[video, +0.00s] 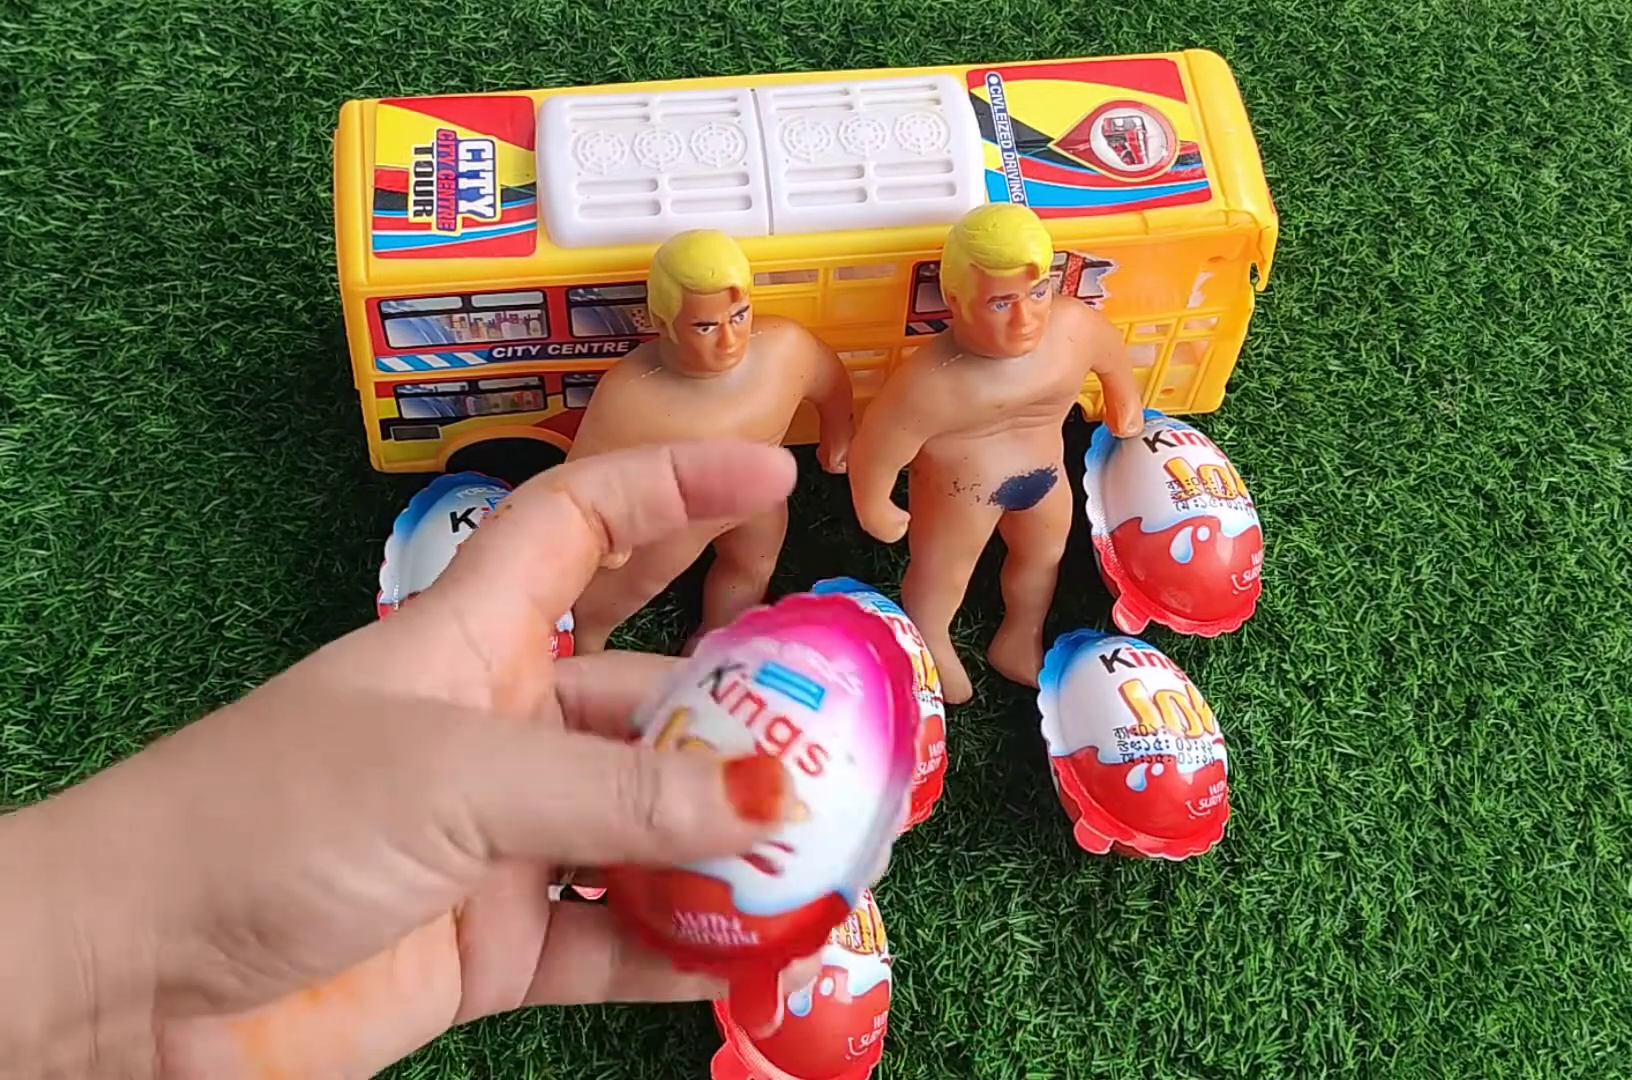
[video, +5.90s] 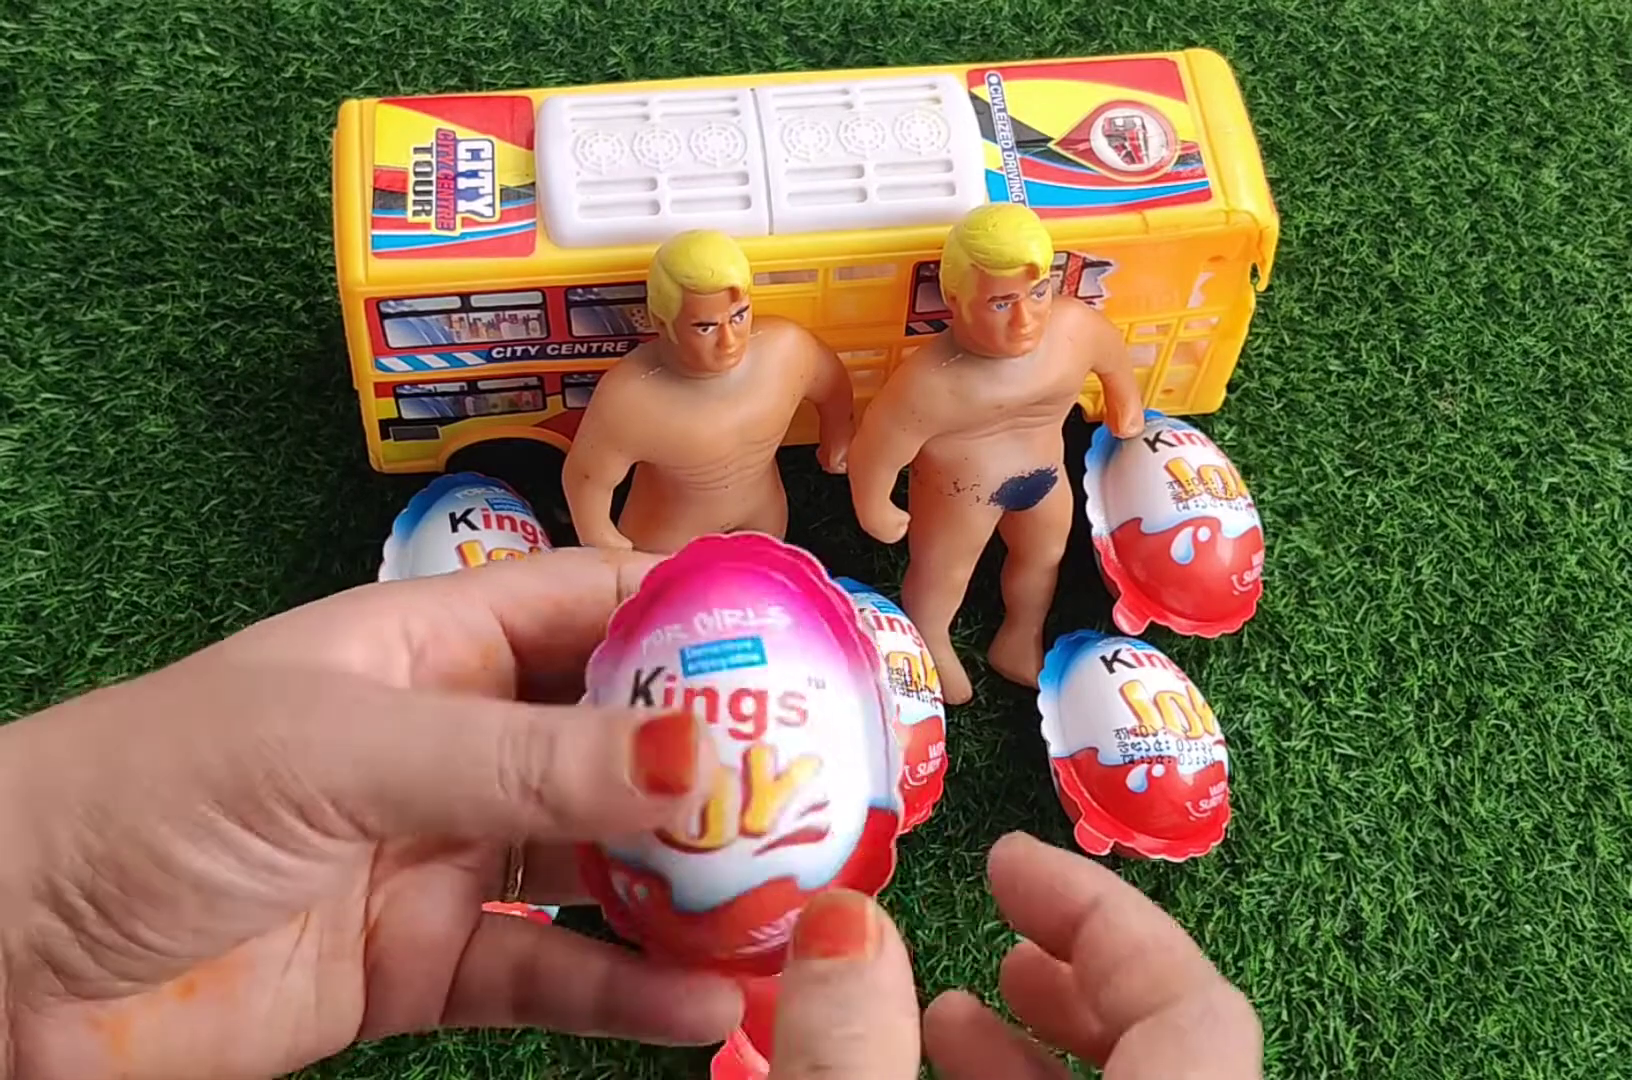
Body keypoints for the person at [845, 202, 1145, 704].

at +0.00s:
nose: (1024, 316)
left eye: (1036, 294)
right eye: (999, 302)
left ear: (1051, 284)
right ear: (953, 303)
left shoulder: (1077, 326)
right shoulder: (927, 383)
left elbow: (1112, 357)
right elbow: (874, 452)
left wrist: (1126, 403)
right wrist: (877, 513)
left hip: (1045, 474)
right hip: (959, 490)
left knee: (1041, 560)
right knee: (942, 575)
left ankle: (1020, 641)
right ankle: (931, 643)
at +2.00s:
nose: (1025, 317)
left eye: (1038, 294)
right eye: (1001, 303)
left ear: (1051, 284)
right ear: (952, 303)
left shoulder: (1079, 328)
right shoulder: (928, 381)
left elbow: (1116, 364)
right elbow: (869, 466)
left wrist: (1127, 411)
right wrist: (886, 546)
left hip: (1044, 478)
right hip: (958, 491)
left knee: (1041, 563)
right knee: (943, 578)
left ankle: (1020, 644)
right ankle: (933, 654)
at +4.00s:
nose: (1025, 318)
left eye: (1037, 294)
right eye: (1000, 303)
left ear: (1050, 284)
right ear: (953, 303)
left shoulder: (1079, 327)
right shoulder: (927, 382)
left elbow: (1116, 364)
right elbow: (870, 461)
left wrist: (1127, 410)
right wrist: (878, 512)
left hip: (1045, 477)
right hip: (959, 491)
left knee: (1040, 564)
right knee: (943, 579)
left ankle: (1019, 644)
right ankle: (931, 655)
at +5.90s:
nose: (1024, 317)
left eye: (1036, 295)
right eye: (1000, 303)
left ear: (1050, 284)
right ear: (953, 304)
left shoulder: (1078, 327)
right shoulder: (926, 384)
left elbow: (1114, 361)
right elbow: (873, 453)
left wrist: (1127, 408)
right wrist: (877, 515)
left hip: (1045, 476)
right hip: (959, 492)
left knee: (1041, 560)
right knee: (941, 576)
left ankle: (1020, 642)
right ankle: (931, 644)